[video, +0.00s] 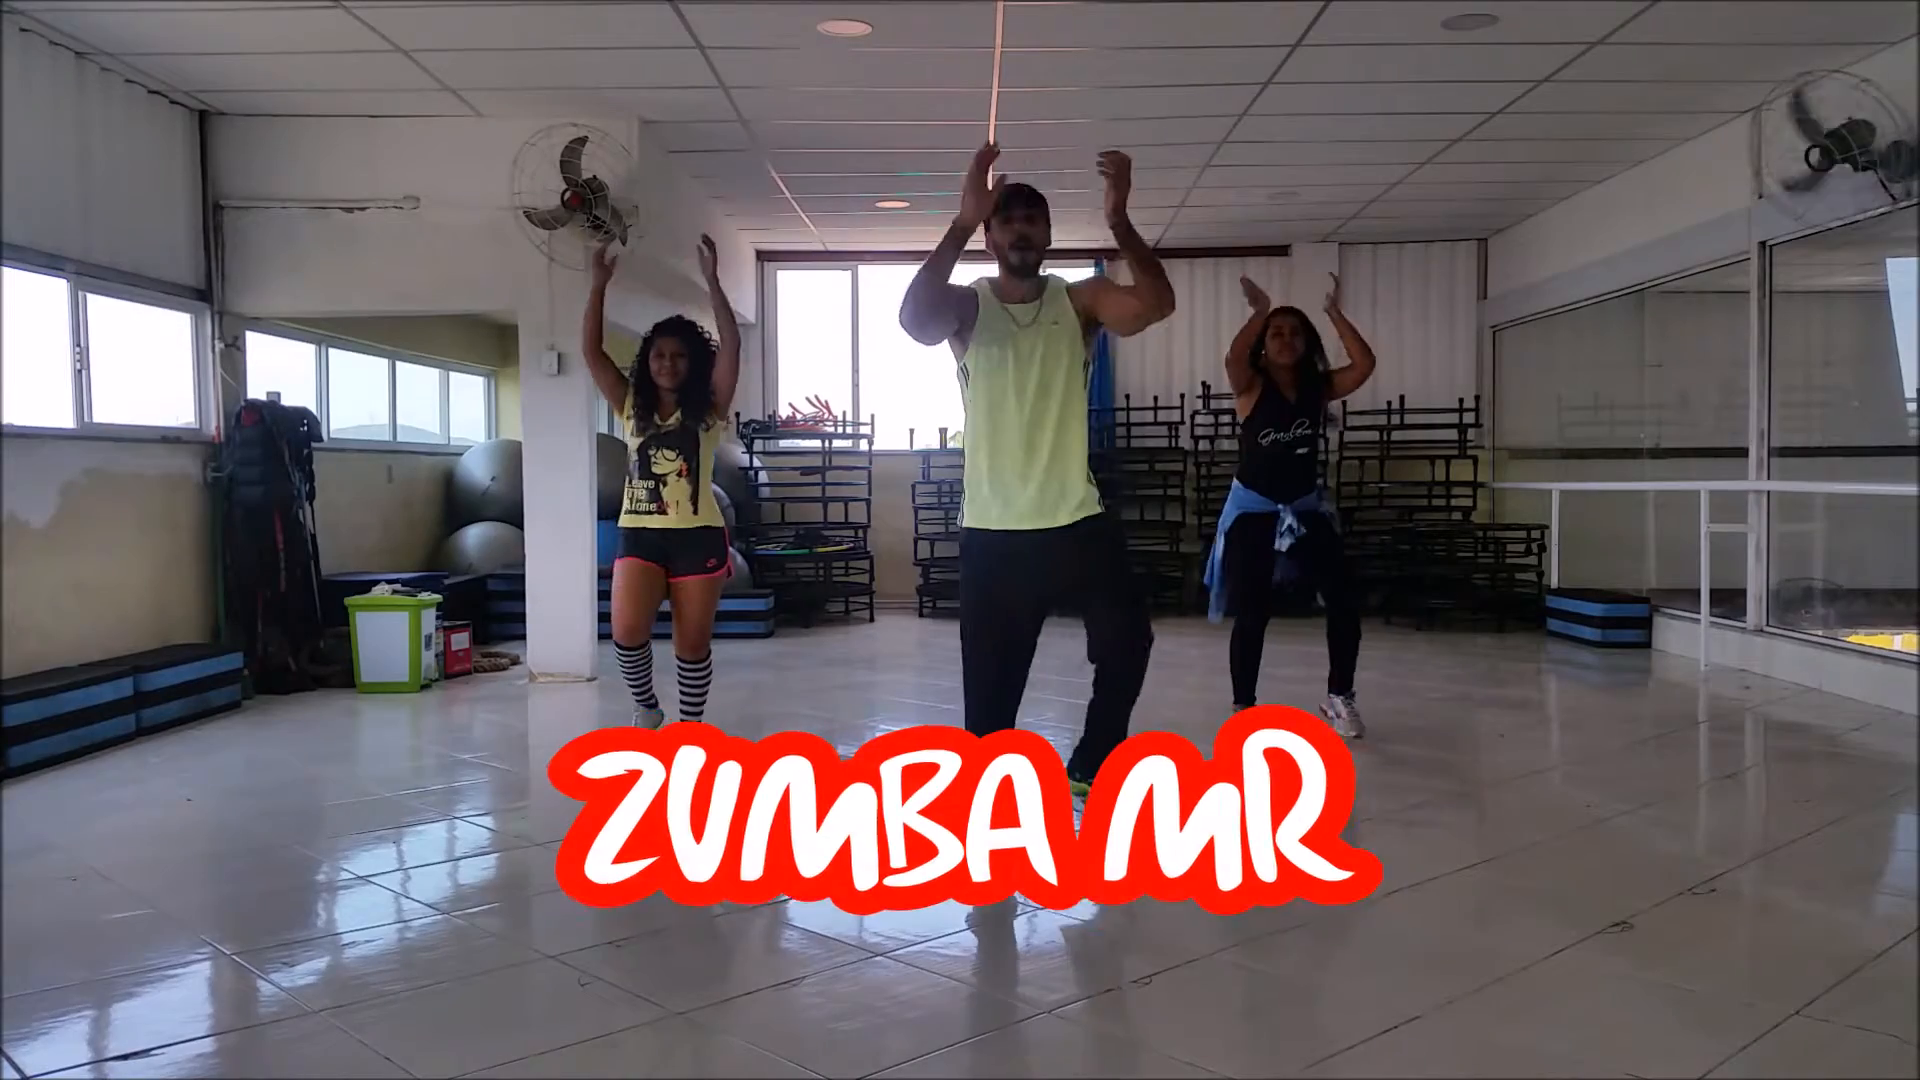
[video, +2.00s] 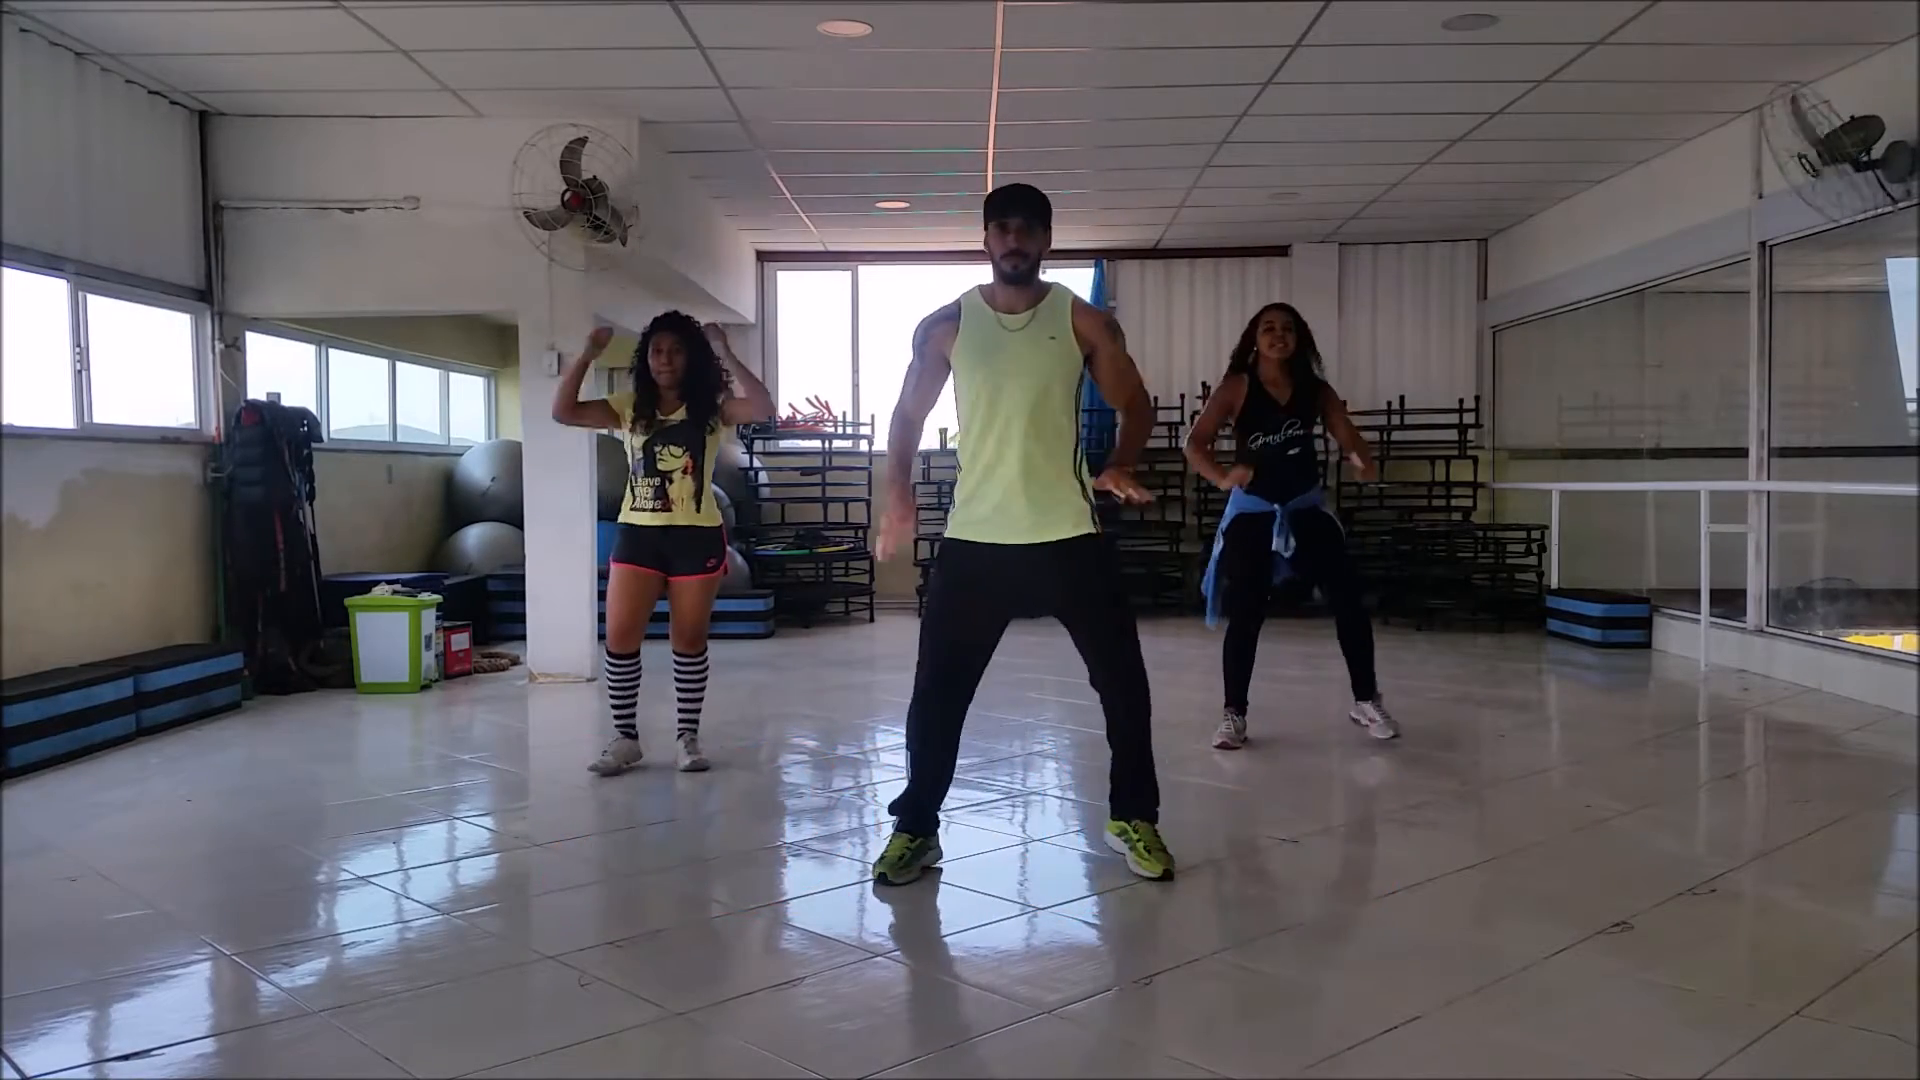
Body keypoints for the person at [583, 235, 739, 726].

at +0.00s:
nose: (667, 363)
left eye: (677, 356)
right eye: (658, 355)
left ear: (694, 364)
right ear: (645, 361)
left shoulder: (709, 409)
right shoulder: (630, 405)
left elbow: (730, 343)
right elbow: (592, 350)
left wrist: (713, 281)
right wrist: (598, 284)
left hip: (697, 543)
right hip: (639, 541)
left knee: (692, 647)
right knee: (626, 633)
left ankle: (692, 730)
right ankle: (646, 715)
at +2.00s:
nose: (664, 359)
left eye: (674, 351)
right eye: (656, 351)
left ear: (691, 360)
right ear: (645, 358)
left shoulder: (711, 412)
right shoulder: (628, 410)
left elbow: (763, 408)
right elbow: (564, 410)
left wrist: (726, 355)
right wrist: (588, 352)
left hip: (696, 540)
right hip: (637, 538)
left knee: (689, 641)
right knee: (620, 640)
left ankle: (688, 739)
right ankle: (626, 740)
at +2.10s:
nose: (662, 361)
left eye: (673, 353)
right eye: (654, 353)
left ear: (691, 362)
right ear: (645, 360)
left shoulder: (706, 418)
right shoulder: (629, 413)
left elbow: (756, 468)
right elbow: (580, 466)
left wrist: (737, 438)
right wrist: (574, 448)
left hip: (695, 541)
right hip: (636, 539)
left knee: (688, 642)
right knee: (623, 643)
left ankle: (688, 739)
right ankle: (625, 744)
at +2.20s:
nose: (661, 366)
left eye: (672, 358)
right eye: (653, 358)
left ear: (690, 367)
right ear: (642, 366)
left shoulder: (706, 423)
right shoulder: (625, 418)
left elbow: (729, 479)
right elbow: (595, 477)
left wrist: (736, 497)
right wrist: (575, 515)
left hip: (693, 547)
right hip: (634, 545)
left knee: (687, 648)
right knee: (614, 645)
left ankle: (687, 740)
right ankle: (625, 745)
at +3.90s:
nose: (687, 378)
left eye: (698, 371)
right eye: (680, 371)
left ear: (716, 380)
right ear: (670, 380)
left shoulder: (737, 437)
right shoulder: (655, 434)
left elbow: (756, 499)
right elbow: (634, 490)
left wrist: (755, 550)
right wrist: (596, 521)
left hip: (723, 563)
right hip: (658, 562)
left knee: (770, 649)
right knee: (616, 651)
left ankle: (767, 744)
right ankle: (624, 745)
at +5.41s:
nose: (692, 394)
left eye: (702, 387)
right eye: (684, 386)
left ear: (720, 395)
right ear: (675, 393)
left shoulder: (739, 449)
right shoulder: (655, 451)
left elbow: (762, 507)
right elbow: (632, 515)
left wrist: (779, 563)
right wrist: (607, 574)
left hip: (726, 569)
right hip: (664, 568)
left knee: (766, 653)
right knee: (614, 651)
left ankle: (768, 744)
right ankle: (623, 745)